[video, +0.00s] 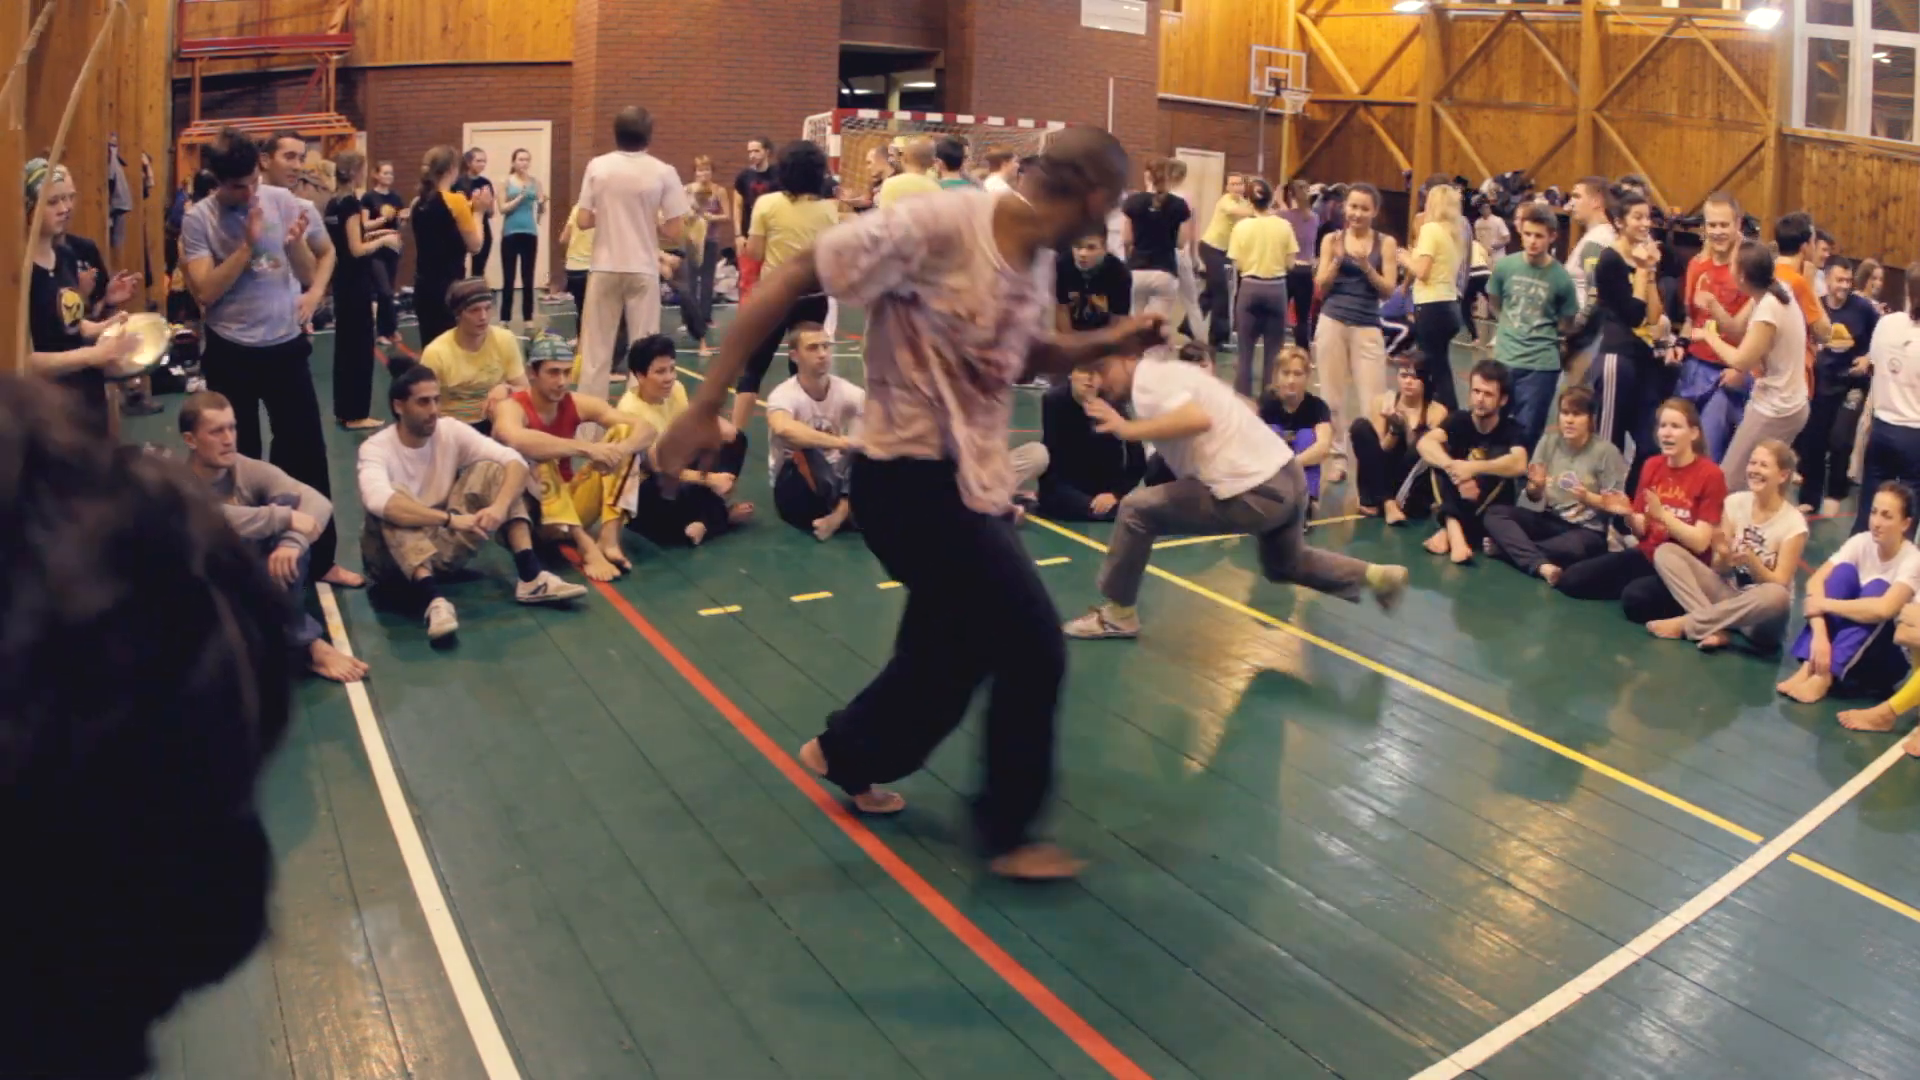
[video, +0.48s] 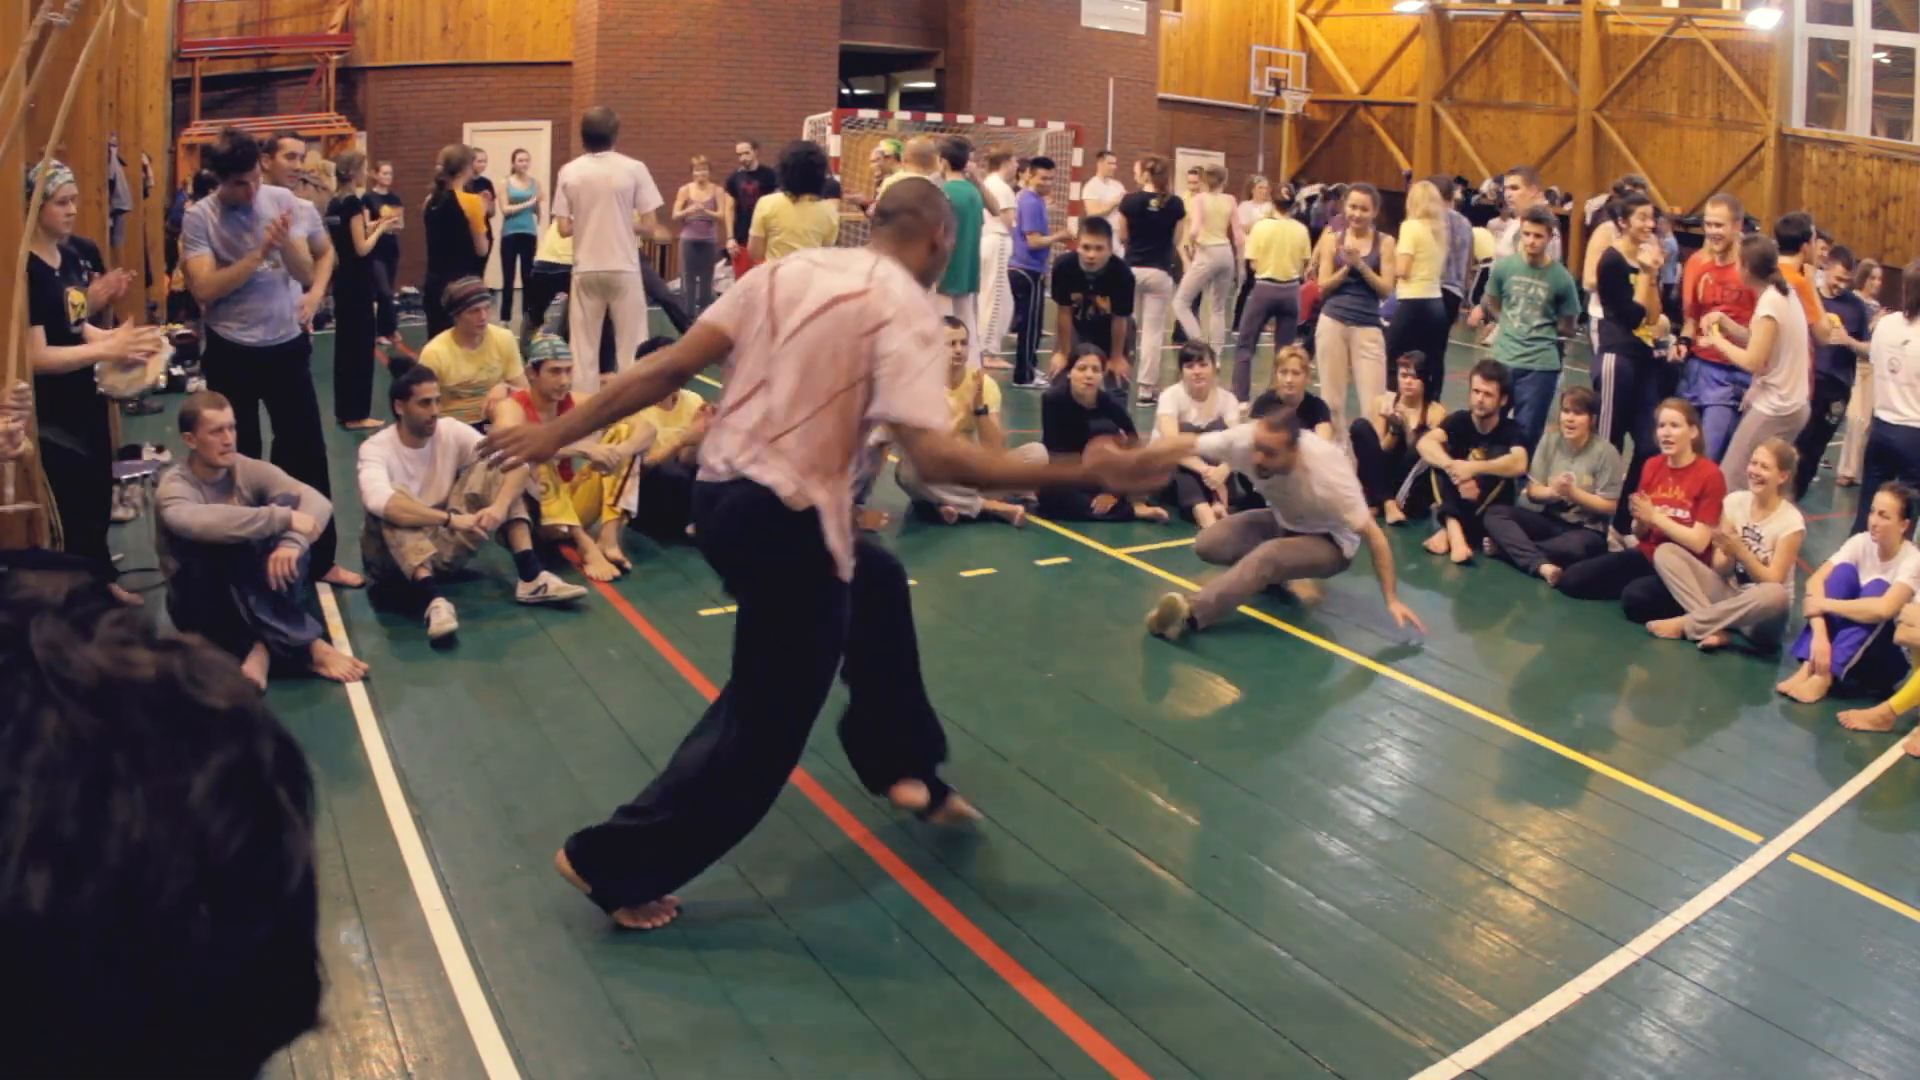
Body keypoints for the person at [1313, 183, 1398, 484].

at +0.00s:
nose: (1357, 213)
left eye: (1364, 209)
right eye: (1353, 207)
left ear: (1375, 212)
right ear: (1345, 208)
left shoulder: (1385, 243)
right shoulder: (1332, 240)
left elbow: (1388, 288)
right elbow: (1321, 285)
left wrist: (1367, 267)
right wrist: (1336, 260)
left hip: (1367, 323)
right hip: (1332, 319)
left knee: (1372, 394)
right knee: (1333, 393)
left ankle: (1372, 460)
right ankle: (1337, 457)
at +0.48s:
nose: (1356, 214)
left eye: (1363, 209)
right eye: (1352, 207)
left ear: (1375, 213)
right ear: (1345, 209)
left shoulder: (1385, 242)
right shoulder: (1331, 238)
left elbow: (1386, 289)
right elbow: (1323, 285)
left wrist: (1359, 264)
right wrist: (1346, 267)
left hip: (1368, 322)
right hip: (1332, 319)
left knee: (1373, 400)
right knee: (1332, 399)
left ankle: (1372, 462)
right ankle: (1335, 458)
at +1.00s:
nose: (1357, 214)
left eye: (1364, 209)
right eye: (1353, 207)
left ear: (1374, 213)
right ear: (1345, 208)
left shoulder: (1384, 243)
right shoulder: (1331, 240)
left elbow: (1387, 289)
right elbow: (1322, 285)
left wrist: (1362, 266)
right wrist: (1343, 266)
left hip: (1368, 323)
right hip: (1332, 318)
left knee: (1372, 402)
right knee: (1333, 400)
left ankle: (1374, 462)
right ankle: (1335, 460)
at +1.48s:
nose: (1360, 214)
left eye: (1366, 210)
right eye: (1355, 207)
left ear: (1374, 212)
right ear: (1346, 207)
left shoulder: (1384, 243)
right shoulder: (1331, 240)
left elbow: (1385, 289)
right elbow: (1321, 283)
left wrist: (1359, 264)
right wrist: (1343, 263)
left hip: (1366, 322)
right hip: (1331, 318)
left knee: (1371, 394)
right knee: (1333, 391)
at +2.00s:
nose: (1363, 214)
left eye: (1369, 209)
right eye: (1358, 208)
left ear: (1376, 213)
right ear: (1346, 208)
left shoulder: (1383, 244)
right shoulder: (1330, 240)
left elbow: (1387, 289)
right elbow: (1319, 284)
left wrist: (1363, 266)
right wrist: (1342, 266)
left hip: (1366, 322)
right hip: (1331, 319)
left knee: (1370, 393)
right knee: (1333, 391)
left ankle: (1380, 460)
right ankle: (1336, 457)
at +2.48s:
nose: (1364, 214)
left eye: (1370, 210)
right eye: (1359, 208)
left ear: (1378, 214)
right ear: (1347, 207)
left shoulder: (1385, 244)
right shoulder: (1331, 240)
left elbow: (1386, 289)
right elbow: (1321, 286)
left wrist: (1364, 266)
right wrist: (1338, 262)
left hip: (1367, 323)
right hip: (1331, 319)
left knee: (1372, 395)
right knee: (1333, 392)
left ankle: (1374, 462)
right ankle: (1337, 458)